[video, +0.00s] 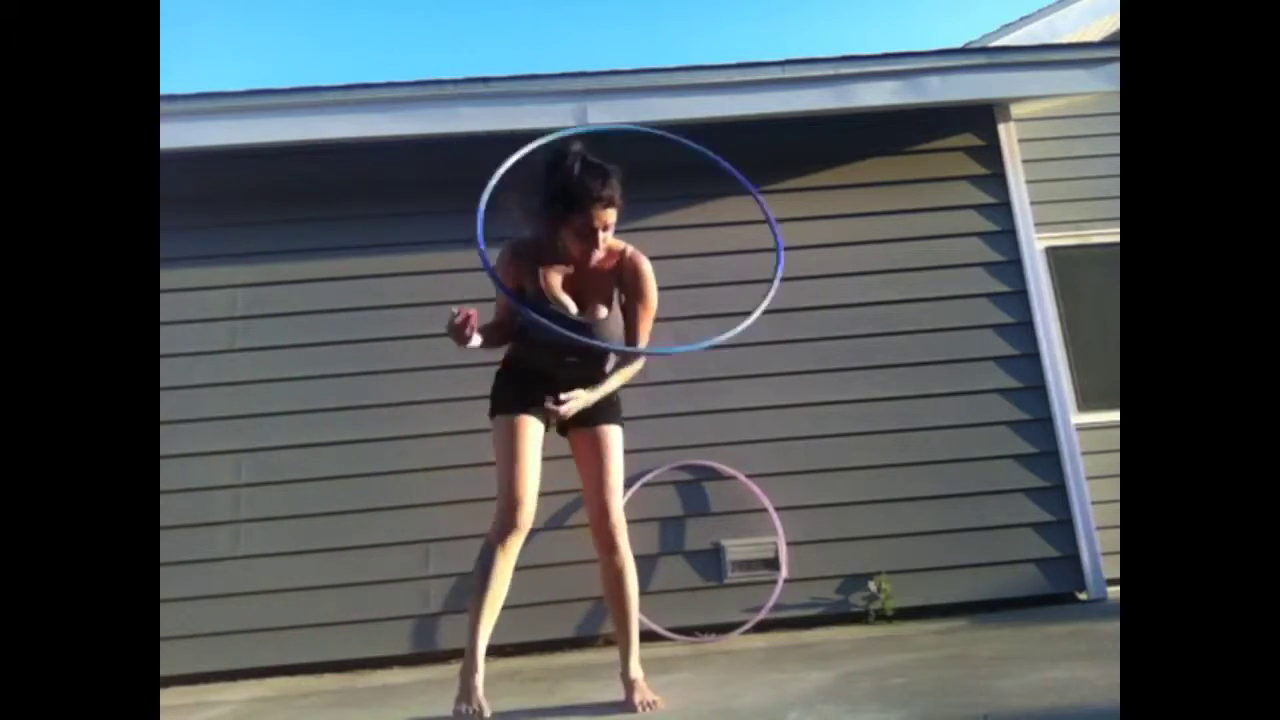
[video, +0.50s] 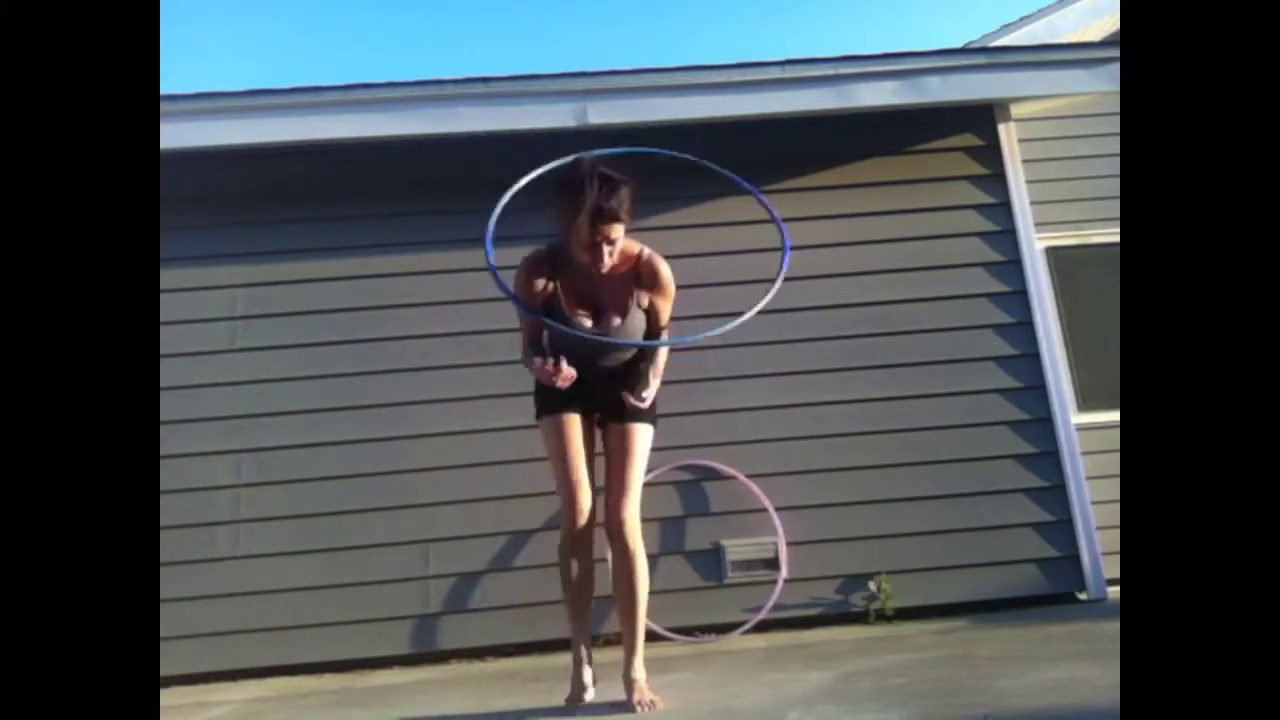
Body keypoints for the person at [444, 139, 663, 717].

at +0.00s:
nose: (599, 240)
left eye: (608, 228)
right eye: (587, 229)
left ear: (617, 217)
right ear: (558, 219)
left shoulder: (631, 267)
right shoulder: (523, 257)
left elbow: (637, 354)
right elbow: (504, 330)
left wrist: (590, 395)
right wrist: (475, 335)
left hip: (599, 384)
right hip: (526, 378)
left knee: (611, 527)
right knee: (515, 517)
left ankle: (633, 669)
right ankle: (473, 668)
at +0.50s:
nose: (602, 252)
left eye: (611, 241)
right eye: (592, 242)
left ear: (626, 224)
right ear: (568, 224)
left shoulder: (650, 270)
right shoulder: (539, 270)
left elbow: (659, 337)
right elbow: (530, 345)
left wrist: (650, 379)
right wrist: (545, 369)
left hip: (628, 380)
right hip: (563, 381)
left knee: (622, 519)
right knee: (578, 515)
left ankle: (635, 668)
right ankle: (582, 663)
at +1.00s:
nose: (615, 272)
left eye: (623, 262)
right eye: (604, 263)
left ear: (639, 247)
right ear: (583, 251)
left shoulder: (653, 273)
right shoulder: (556, 295)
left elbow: (643, 332)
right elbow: (556, 384)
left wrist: (669, 328)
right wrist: (564, 462)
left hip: (619, 390)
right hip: (558, 398)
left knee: (637, 521)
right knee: (584, 530)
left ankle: (648, 664)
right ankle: (601, 674)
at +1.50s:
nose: (640, 272)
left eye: (648, 260)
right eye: (628, 263)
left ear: (660, 244)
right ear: (603, 247)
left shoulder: (680, 290)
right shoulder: (575, 267)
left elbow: (674, 378)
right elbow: (559, 320)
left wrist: (626, 432)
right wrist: (535, 316)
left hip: (661, 387)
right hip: (596, 390)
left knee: (705, 515)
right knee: (602, 532)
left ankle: (765, 655)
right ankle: (606, 676)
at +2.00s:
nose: (729, 269)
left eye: (734, 259)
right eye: (721, 262)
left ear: (735, 251)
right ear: (695, 249)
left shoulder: (735, 263)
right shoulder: (656, 301)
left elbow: (736, 277)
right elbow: (655, 383)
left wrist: (771, 274)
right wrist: (714, 437)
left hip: (710, 384)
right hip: (651, 393)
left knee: (751, 510)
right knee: (654, 533)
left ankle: (770, 661)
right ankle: (615, 674)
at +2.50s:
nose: (624, 244)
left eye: (635, 235)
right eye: (618, 231)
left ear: (656, 232)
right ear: (605, 222)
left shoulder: (652, 289)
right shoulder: (591, 248)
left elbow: (612, 386)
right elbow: (576, 331)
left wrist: (541, 446)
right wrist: (533, 398)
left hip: (651, 398)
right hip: (614, 394)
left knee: (587, 529)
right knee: (589, 534)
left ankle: (702, 613)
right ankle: (642, 676)